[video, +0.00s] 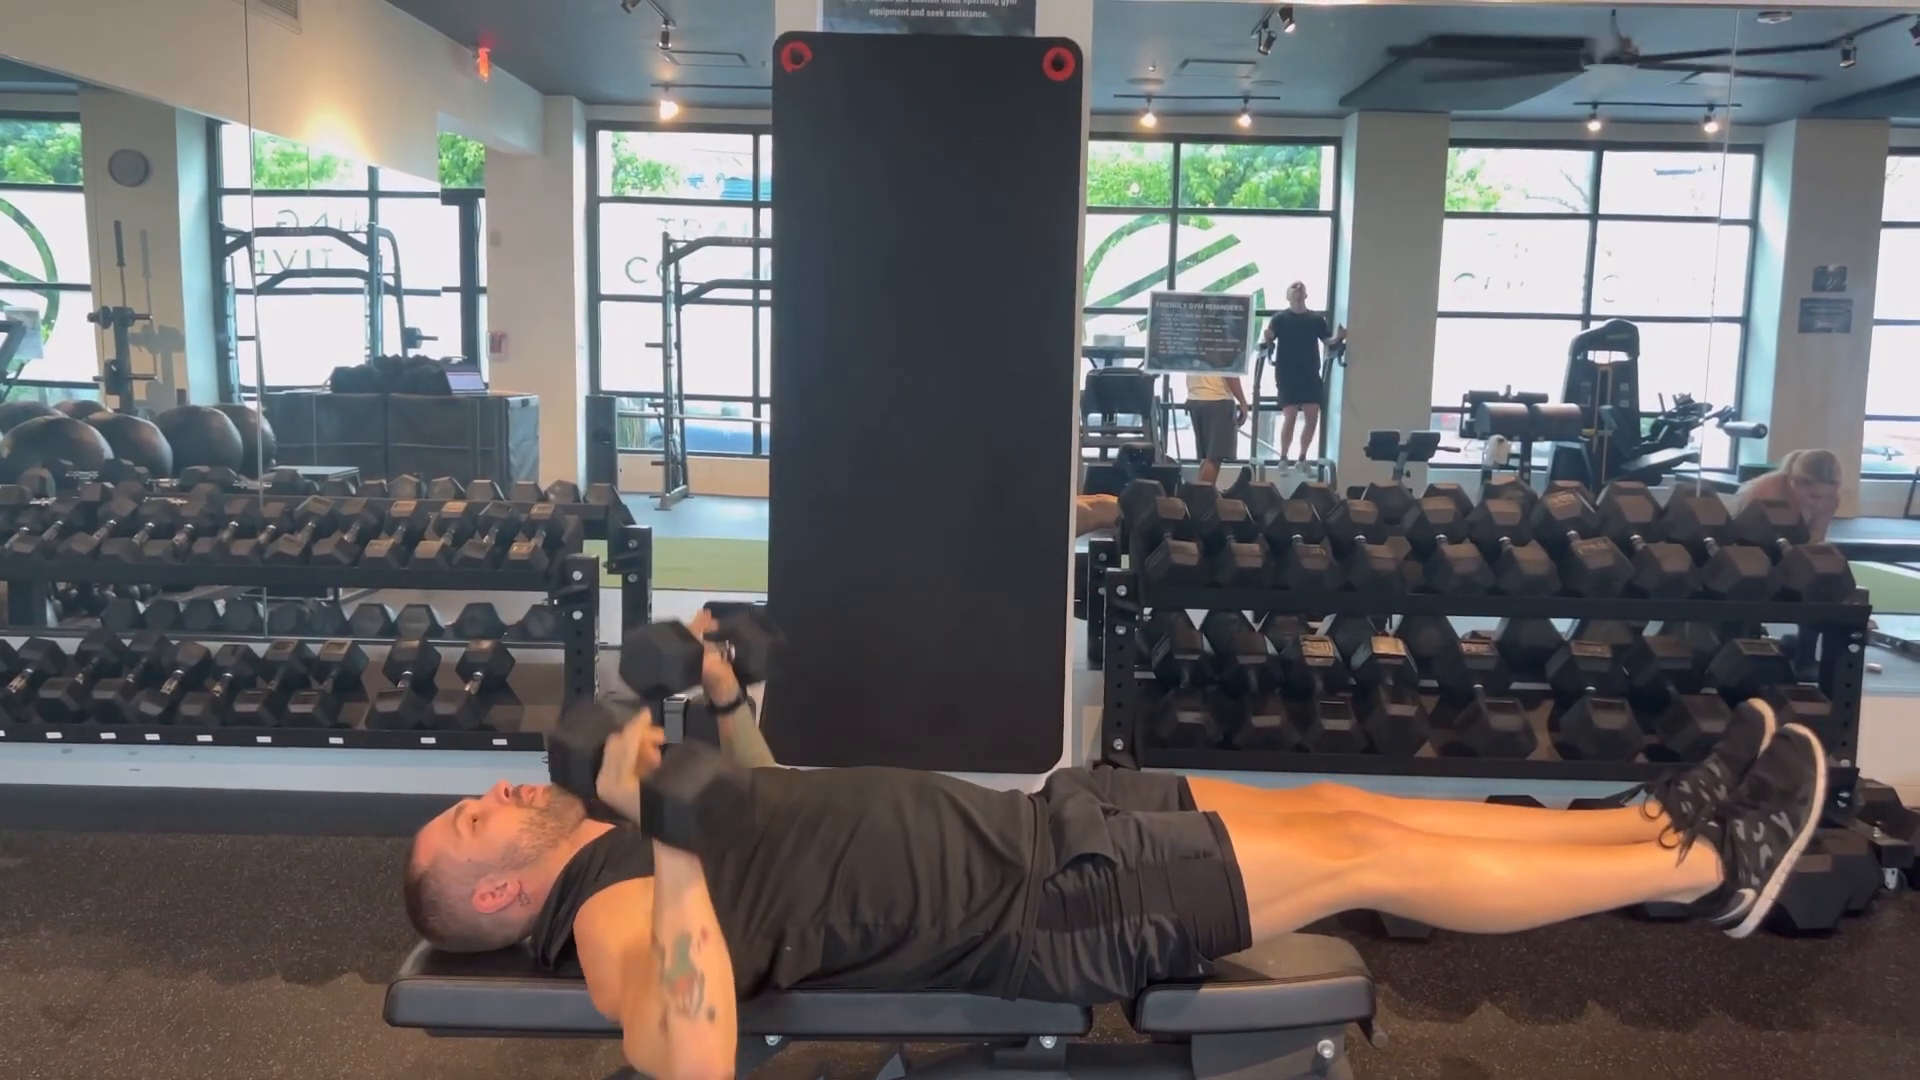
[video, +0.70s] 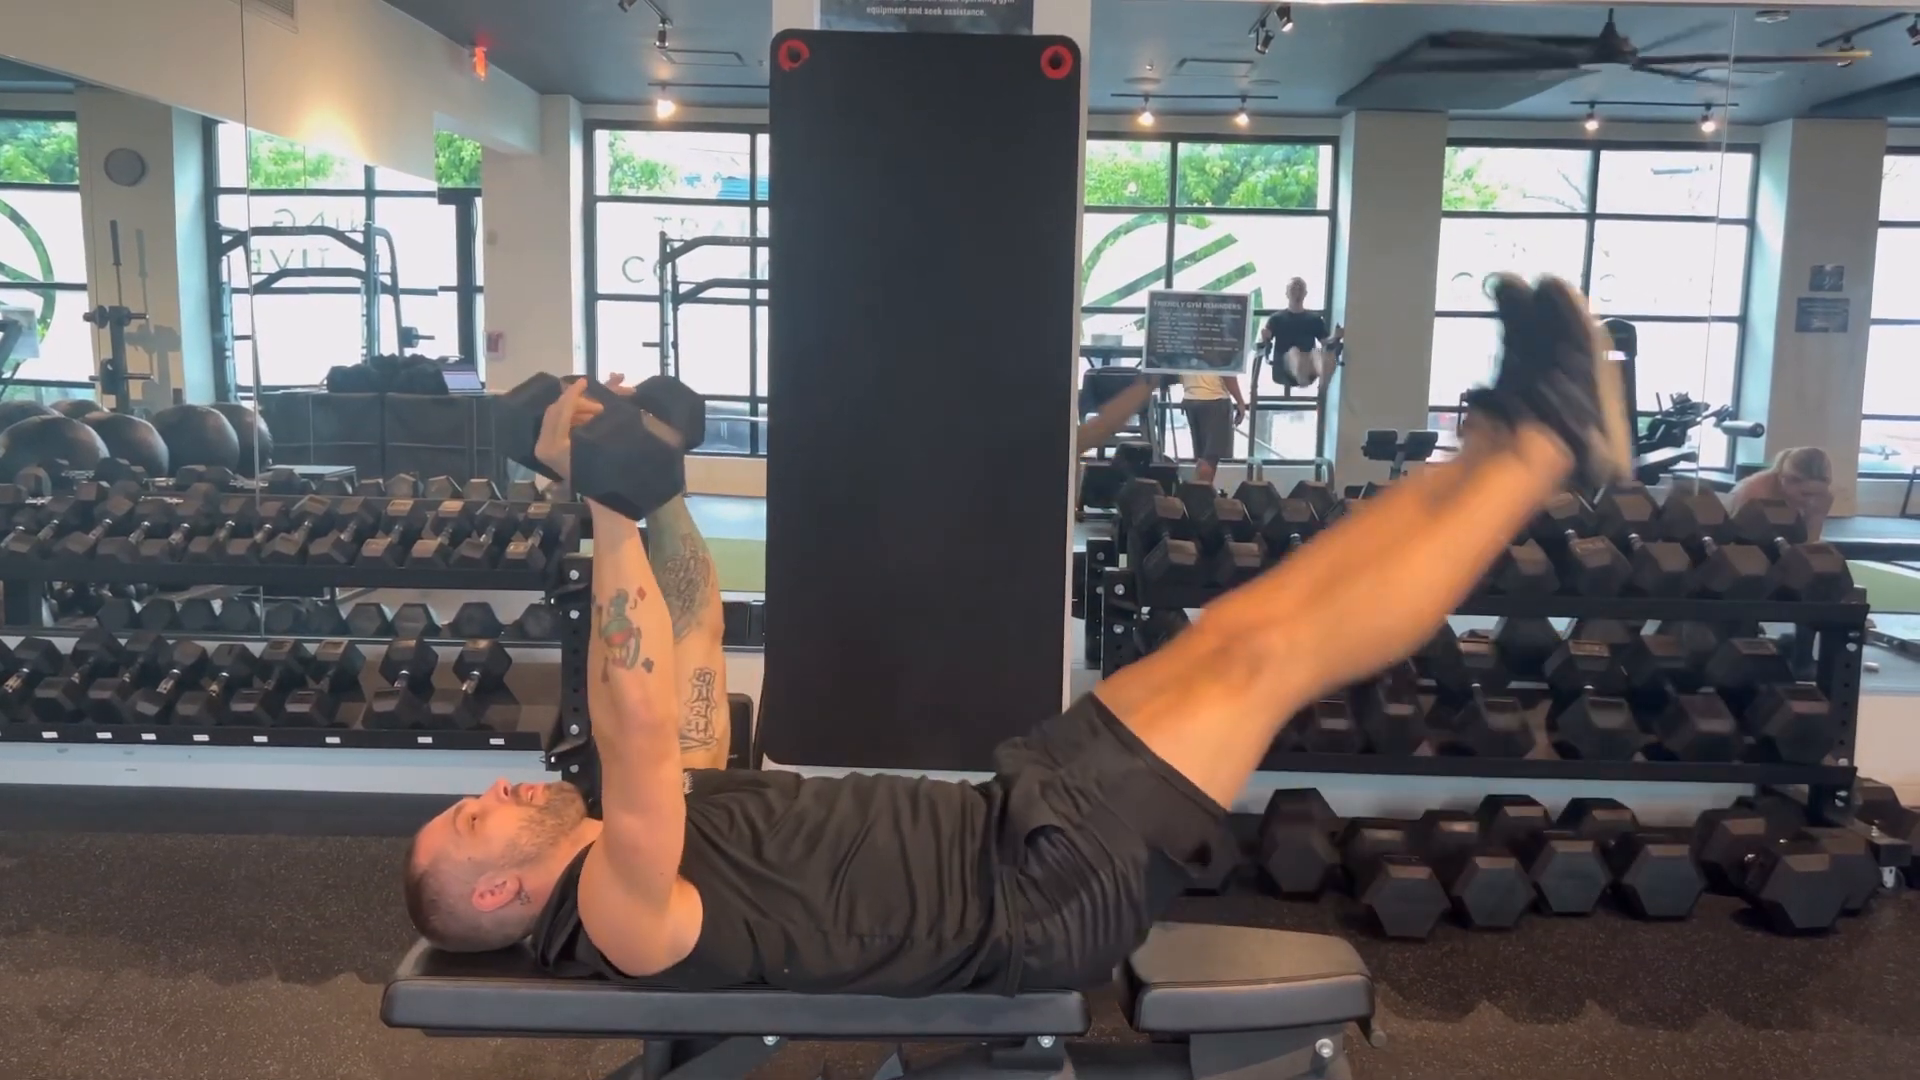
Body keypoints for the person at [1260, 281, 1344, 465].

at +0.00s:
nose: (1298, 289)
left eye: (1301, 287)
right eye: (1295, 287)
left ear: (1306, 294)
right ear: (1288, 295)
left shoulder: (1316, 319)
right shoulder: (1280, 318)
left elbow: (1328, 343)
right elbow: (1266, 345)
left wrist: (1339, 337)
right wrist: (1267, 339)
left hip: (1310, 372)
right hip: (1287, 372)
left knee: (1312, 416)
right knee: (1290, 415)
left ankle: (1302, 458)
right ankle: (1283, 457)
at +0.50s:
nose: (1297, 292)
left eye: (1300, 289)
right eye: (1293, 289)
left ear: (1305, 295)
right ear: (1287, 295)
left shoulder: (1314, 320)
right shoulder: (1278, 319)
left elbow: (1326, 344)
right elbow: (1265, 343)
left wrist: (1337, 338)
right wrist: (1265, 338)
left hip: (1307, 368)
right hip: (1284, 369)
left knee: (1309, 408)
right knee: (1290, 408)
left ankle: (1309, 453)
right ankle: (1290, 453)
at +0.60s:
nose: (1296, 293)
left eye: (1299, 290)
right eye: (1293, 290)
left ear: (1304, 295)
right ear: (1287, 295)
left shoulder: (1313, 320)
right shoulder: (1277, 319)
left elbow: (1325, 341)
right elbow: (1266, 343)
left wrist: (1336, 337)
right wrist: (1265, 337)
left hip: (1308, 363)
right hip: (1285, 363)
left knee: (1315, 382)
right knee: (1292, 380)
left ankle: (1320, 421)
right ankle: (1298, 416)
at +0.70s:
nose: (1296, 292)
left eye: (1299, 289)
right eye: (1293, 288)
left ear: (1305, 293)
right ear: (1287, 293)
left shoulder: (1314, 318)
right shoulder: (1277, 318)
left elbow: (1326, 343)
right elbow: (1264, 345)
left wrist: (1336, 337)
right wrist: (1265, 338)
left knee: (1317, 353)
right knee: (1294, 352)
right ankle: (1301, 378)